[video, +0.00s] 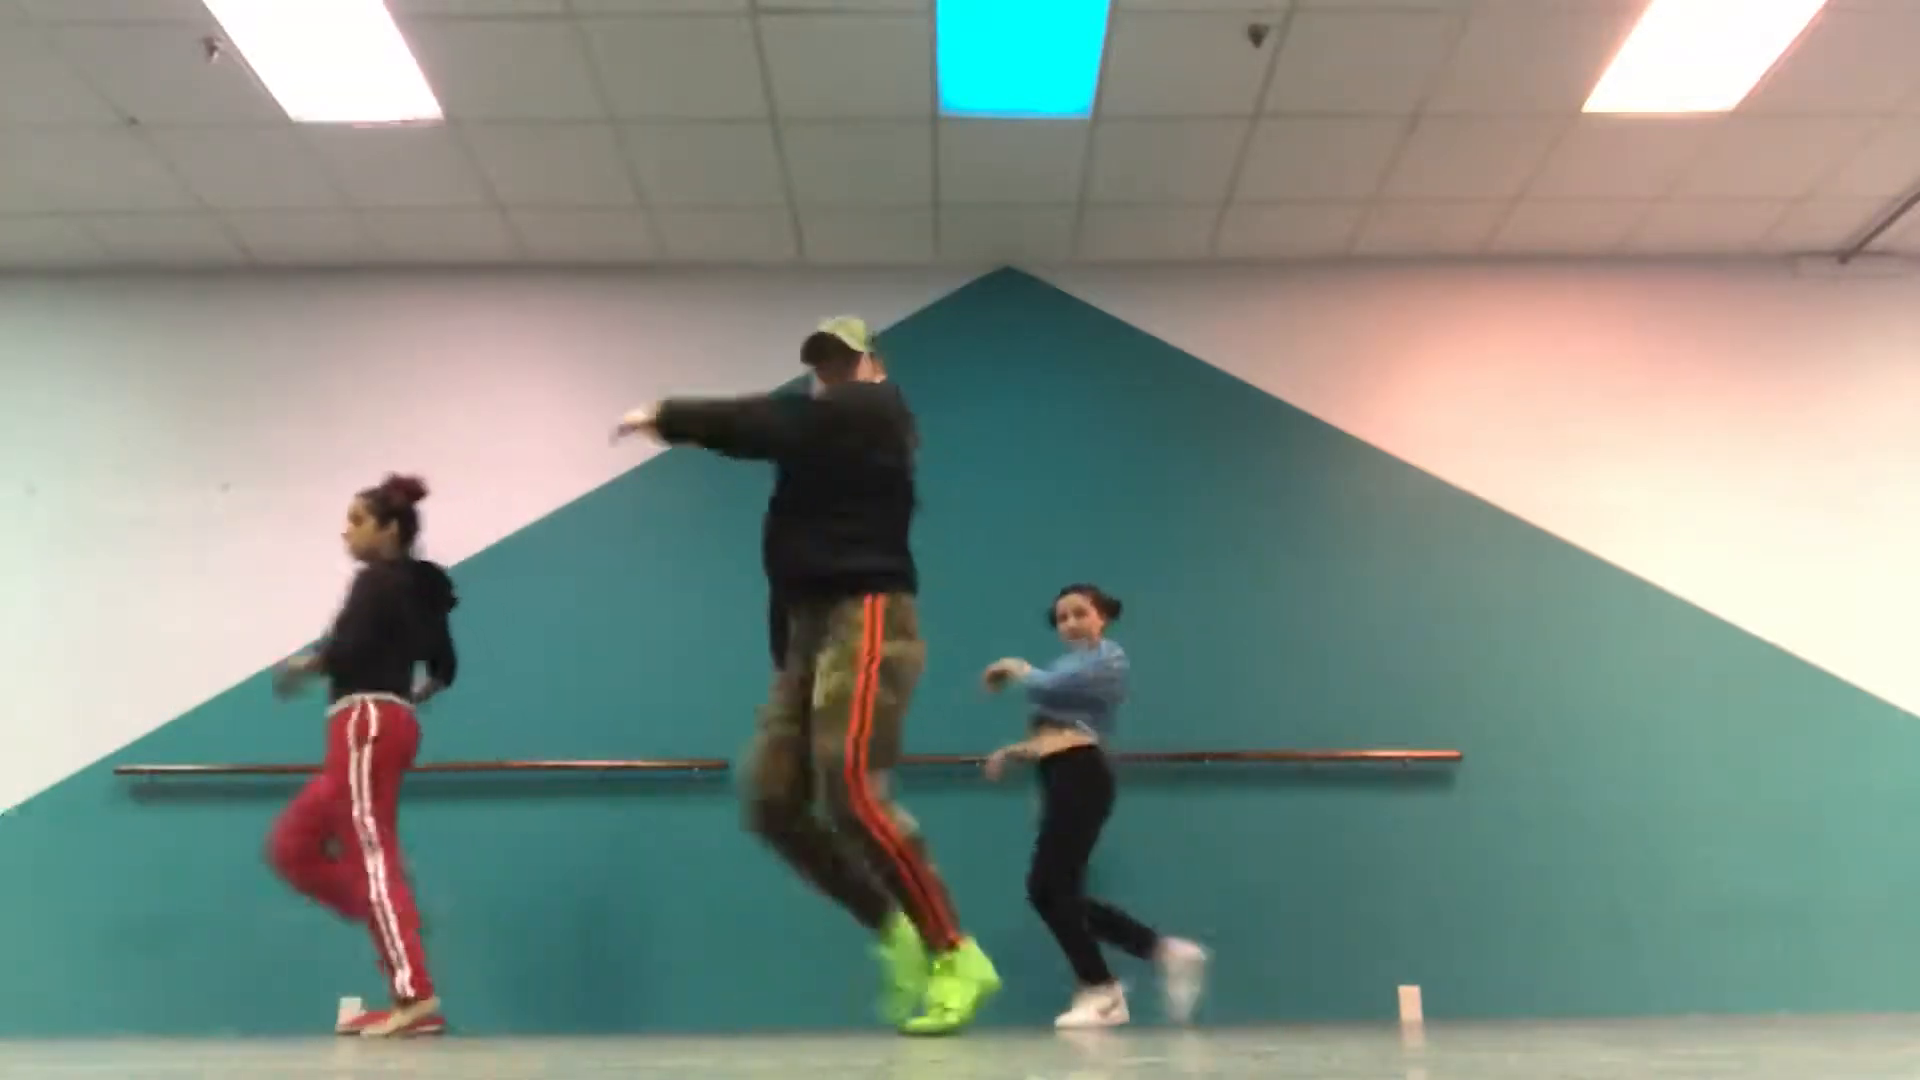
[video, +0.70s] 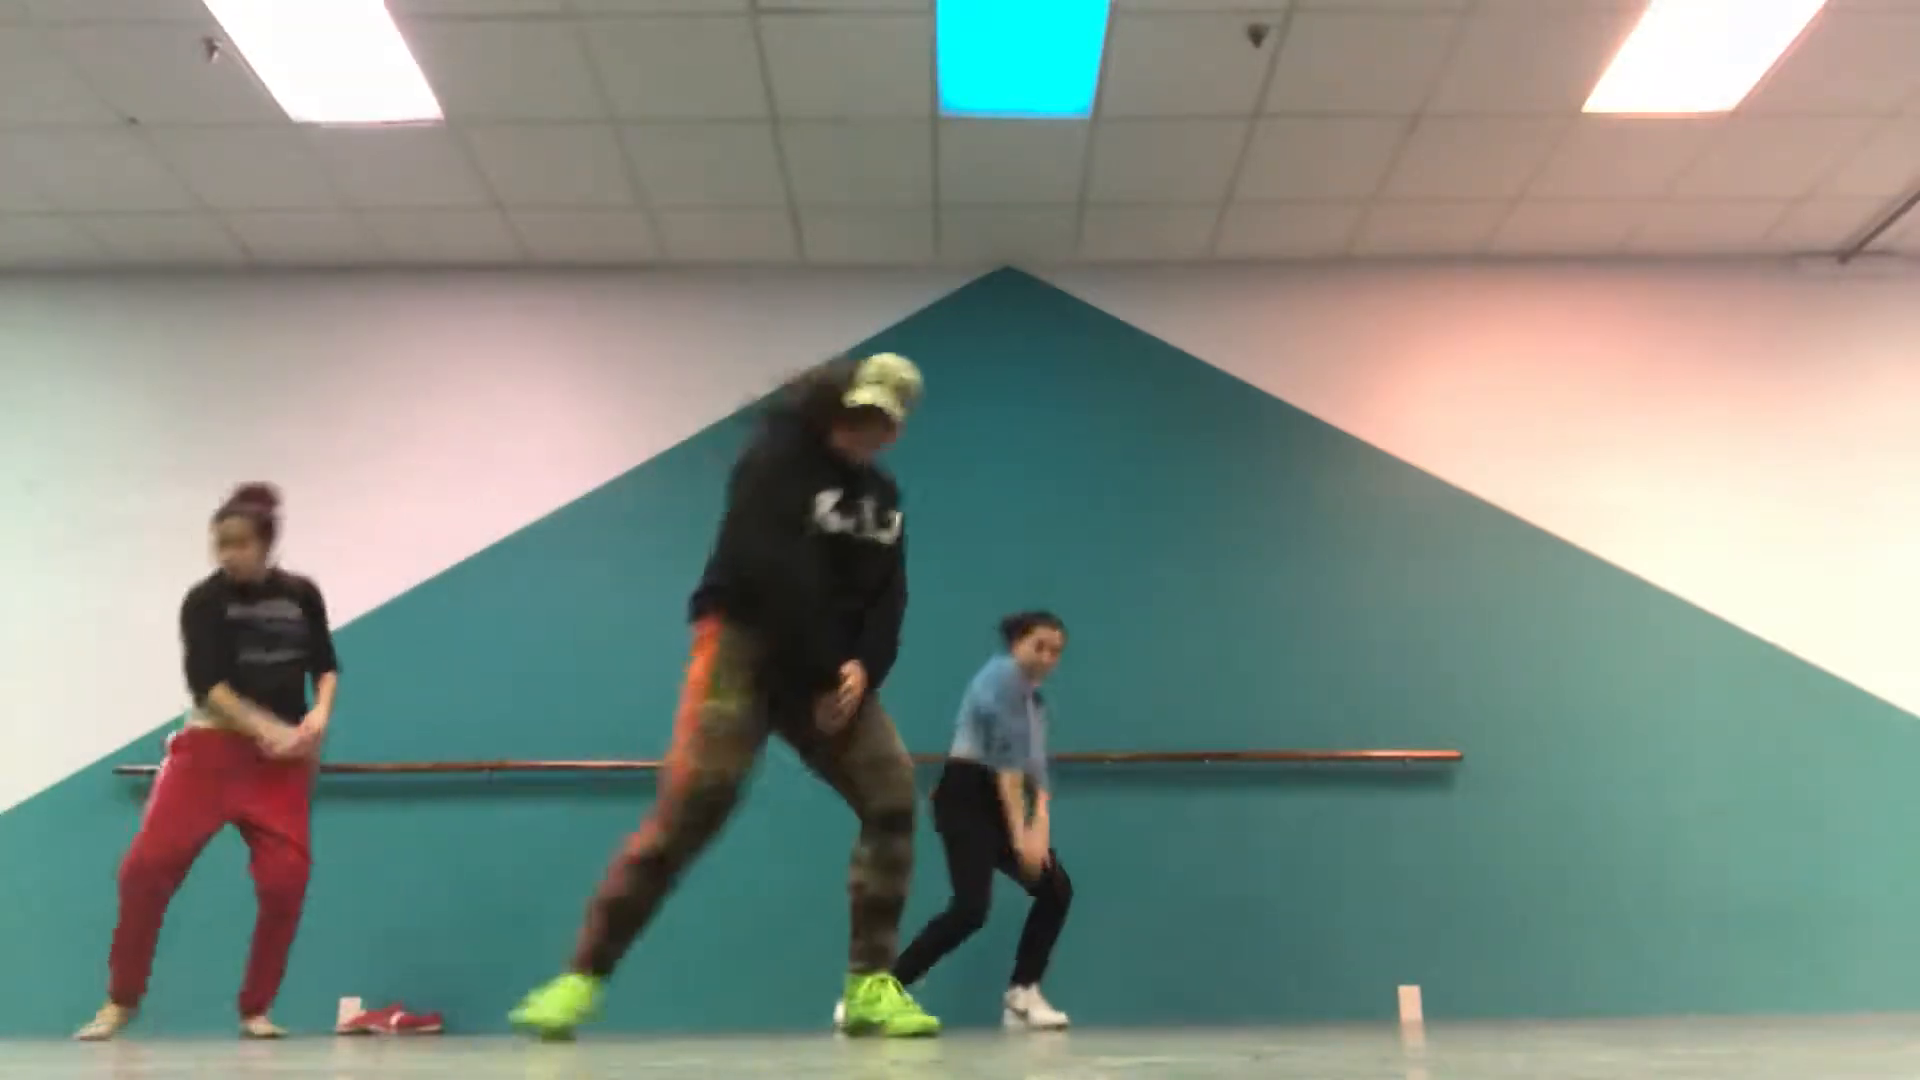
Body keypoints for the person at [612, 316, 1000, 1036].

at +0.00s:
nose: (828, 375)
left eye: (842, 363)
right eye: (820, 365)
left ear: (874, 365)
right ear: (816, 370)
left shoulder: (877, 408)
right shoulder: (814, 420)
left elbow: (774, 422)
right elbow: (747, 432)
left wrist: (668, 418)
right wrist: (676, 420)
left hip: (869, 616)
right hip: (809, 626)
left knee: (852, 792)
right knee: (778, 806)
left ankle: (956, 956)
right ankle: (898, 929)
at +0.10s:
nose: (795, 383)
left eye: (808, 371)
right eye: (795, 372)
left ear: (841, 369)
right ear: (832, 371)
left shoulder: (849, 411)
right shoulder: (803, 427)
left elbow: (730, 428)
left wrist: (620, 456)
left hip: (858, 626)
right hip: (799, 644)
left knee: (834, 795)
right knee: (704, 786)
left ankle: (952, 954)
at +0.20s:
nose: (754, 408)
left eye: (764, 396)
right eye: (751, 398)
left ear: (798, 392)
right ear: (797, 394)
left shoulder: (824, 432)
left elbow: (705, 486)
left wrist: (638, 539)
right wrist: (722, 688)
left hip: (828, 636)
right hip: (767, 654)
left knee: (804, 817)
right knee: (667, 790)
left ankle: (946, 952)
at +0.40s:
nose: (668, 463)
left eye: (684, 448)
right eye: (664, 450)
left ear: (726, 453)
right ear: (660, 459)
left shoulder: (782, 522)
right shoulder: (656, 548)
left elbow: (864, 611)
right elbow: (619, 635)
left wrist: (873, 699)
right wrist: (594, 707)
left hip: (781, 723)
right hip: (690, 730)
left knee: (799, 845)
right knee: (546, 803)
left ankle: (907, 960)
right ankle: (542, 993)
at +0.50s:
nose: (734, 447)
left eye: (751, 434)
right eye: (725, 434)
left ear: (781, 446)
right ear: (706, 443)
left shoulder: (818, 529)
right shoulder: (668, 533)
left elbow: (865, 615)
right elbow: (649, 636)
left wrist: (856, 689)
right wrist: (680, 726)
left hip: (785, 727)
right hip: (683, 726)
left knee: (869, 810)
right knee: (539, 814)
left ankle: (873, 985)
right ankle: (543, 996)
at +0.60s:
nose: (814, 441)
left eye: (829, 428)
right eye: (803, 425)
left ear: (848, 438)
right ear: (780, 428)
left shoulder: (857, 518)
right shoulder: (735, 491)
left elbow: (871, 619)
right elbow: (731, 608)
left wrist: (845, 685)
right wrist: (777, 712)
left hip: (804, 698)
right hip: (706, 683)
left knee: (892, 806)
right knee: (600, 824)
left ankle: (871, 987)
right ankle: (549, 995)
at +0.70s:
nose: (865, 432)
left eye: (882, 423)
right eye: (858, 416)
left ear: (898, 430)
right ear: (834, 410)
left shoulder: (881, 495)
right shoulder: (780, 457)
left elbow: (888, 596)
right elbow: (758, 563)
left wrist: (864, 664)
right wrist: (820, 662)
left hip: (823, 663)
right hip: (742, 641)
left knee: (890, 792)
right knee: (696, 797)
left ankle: (870, 983)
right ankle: (585, 975)